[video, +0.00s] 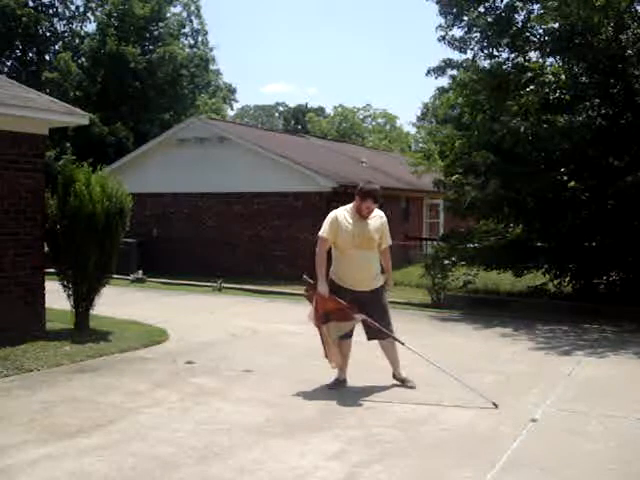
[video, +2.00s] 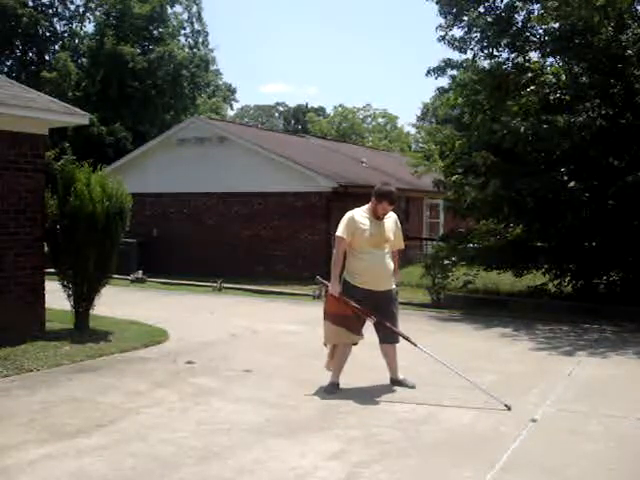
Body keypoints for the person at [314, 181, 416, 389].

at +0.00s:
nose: (369, 210)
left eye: (373, 206)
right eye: (366, 205)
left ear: (377, 205)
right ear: (356, 200)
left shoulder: (379, 218)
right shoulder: (337, 217)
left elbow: (384, 250)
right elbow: (321, 249)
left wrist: (388, 275)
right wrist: (322, 282)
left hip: (373, 288)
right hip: (342, 289)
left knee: (386, 333)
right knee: (343, 335)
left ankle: (397, 372)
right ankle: (341, 375)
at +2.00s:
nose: (386, 211)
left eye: (390, 208)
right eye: (384, 206)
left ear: (392, 206)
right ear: (374, 201)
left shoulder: (392, 220)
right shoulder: (353, 218)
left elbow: (395, 253)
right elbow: (339, 250)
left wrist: (394, 276)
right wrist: (335, 280)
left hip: (385, 289)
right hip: (355, 287)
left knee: (389, 336)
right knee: (346, 334)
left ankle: (395, 376)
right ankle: (334, 380)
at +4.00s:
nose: (384, 212)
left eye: (388, 208)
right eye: (382, 207)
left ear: (391, 207)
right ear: (372, 201)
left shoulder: (394, 221)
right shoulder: (353, 218)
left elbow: (400, 255)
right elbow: (340, 249)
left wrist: (406, 282)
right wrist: (336, 281)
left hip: (387, 289)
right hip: (356, 287)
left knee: (390, 336)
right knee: (346, 335)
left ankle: (396, 377)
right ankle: (335, 380)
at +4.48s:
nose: (384, 212)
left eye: (388, 208)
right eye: (381, 207)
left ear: (390, 206)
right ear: (371, 201)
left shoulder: (393, 220)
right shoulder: (352, 219)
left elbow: (398, 254)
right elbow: (334, 247)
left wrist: (401, 280)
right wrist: (334, 278)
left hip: (386, 289)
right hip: (356, 287)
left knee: (389, 337)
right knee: (346, 335)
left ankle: (395, 376)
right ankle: (334, 379)